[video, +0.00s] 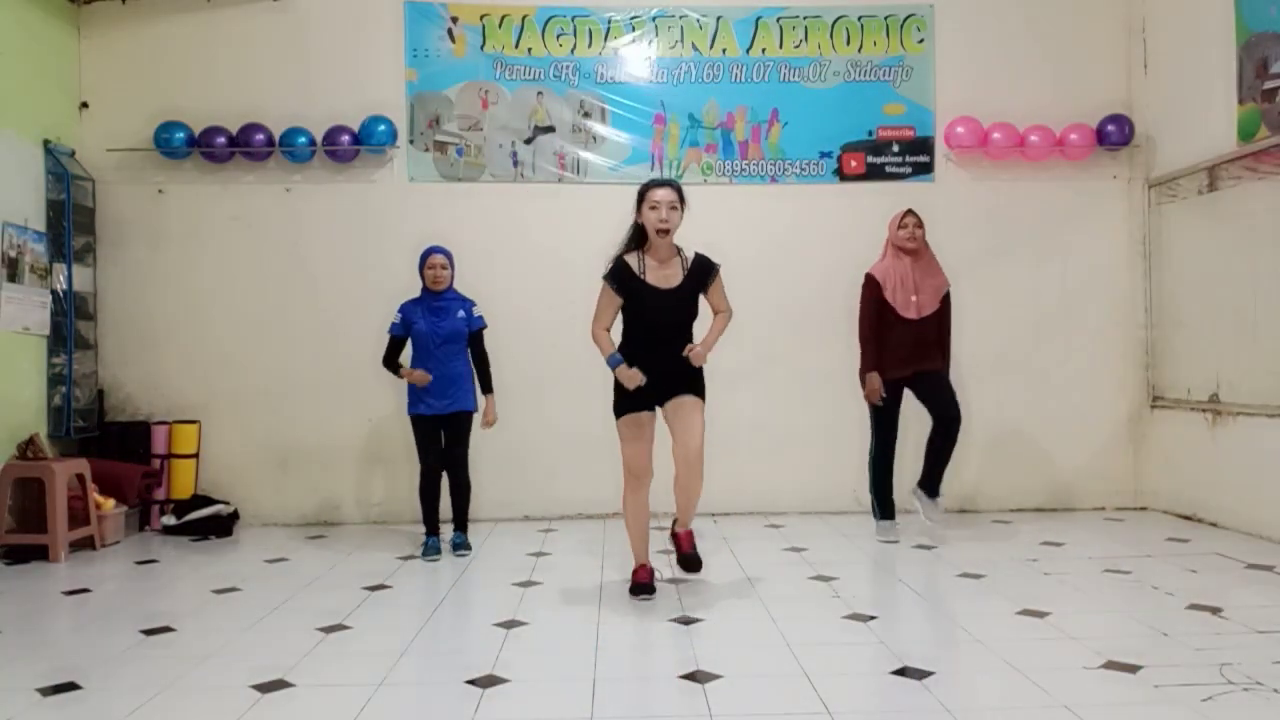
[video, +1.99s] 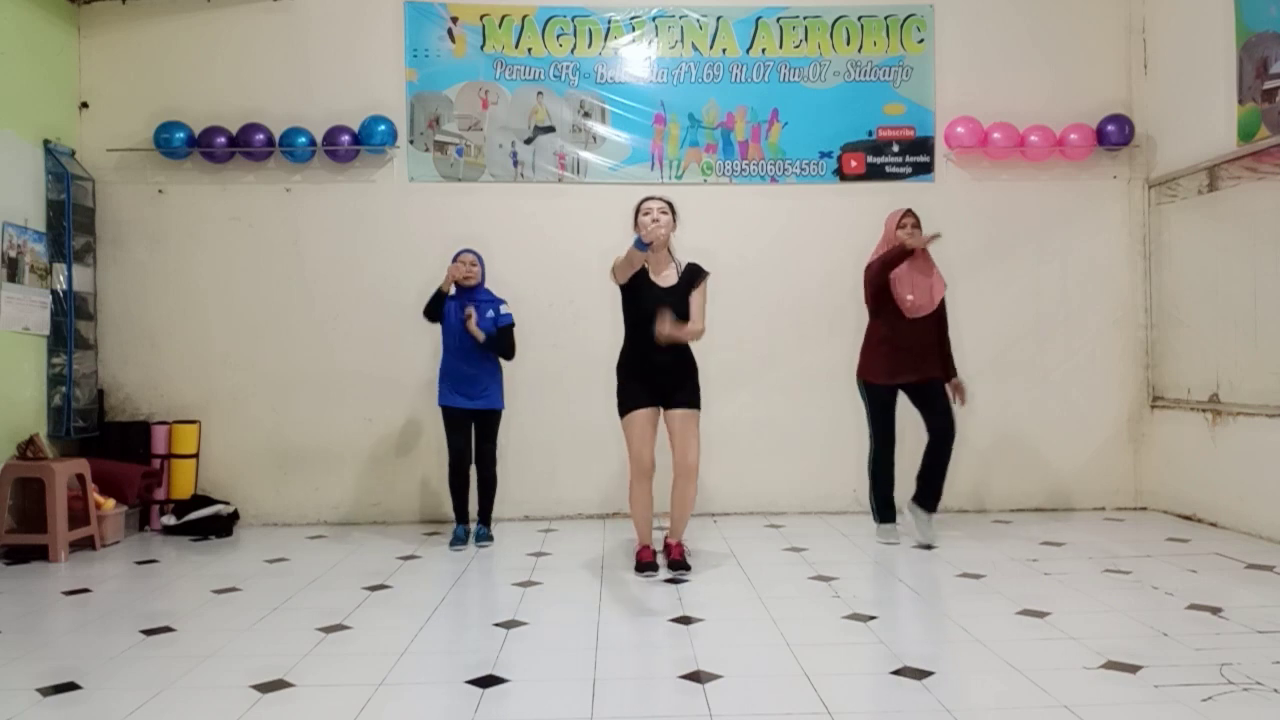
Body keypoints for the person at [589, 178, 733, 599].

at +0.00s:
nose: (664, 215)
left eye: (672, 208)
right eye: (654, 207)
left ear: (681, 215)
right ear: (640, 214)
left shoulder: (699, 267)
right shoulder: (625, 269)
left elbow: (723, 311)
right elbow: (599, 328)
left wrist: (705, 346)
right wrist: (619, 367)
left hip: (681, 371)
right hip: (635, 373)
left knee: (692, 457)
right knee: (638, 473)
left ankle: (683, 529)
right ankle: (641, 564)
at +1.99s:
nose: (655, 219)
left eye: (662, 213)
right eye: (647, 214)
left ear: (674, 225)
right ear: (637, 227)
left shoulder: (692, 273)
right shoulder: (627, 268)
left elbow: (697, 328)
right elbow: (622, 273)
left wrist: (675, 331)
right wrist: (641, 245)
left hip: (679, 371)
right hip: (636, 372)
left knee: (688, 464)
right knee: (642, 464)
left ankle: (675, 542)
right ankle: (644, 546)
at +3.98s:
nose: (657, 201)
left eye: (665, 195)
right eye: (649, 195)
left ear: (676, 206)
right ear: (639, 206)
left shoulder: (695, 252)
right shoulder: (623, 254)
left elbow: (703, 284)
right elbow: (612, 290)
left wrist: (694, 312)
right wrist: (619, 318)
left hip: (686, 351)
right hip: (641, 351)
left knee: (685, 447)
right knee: (643, 449)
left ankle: (682, 539)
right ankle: (643, 538)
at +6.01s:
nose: (640, 219)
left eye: (648, 213)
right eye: (640, 213)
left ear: (672, 221)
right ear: (643, 222)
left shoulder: (693, 263)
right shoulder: (631, 263)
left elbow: (710, 210)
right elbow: (610, 216)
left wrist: (681, 158)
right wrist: (629, 161)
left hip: (685, 368)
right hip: (642, 367)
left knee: (684, 463)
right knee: (640, 440)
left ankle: (678, 546)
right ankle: (644, 513)